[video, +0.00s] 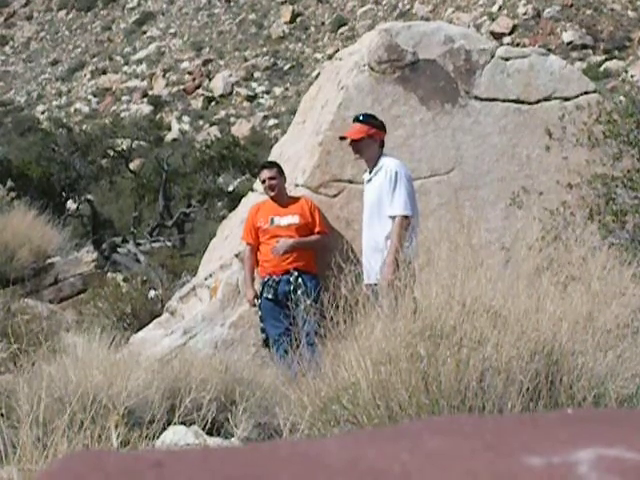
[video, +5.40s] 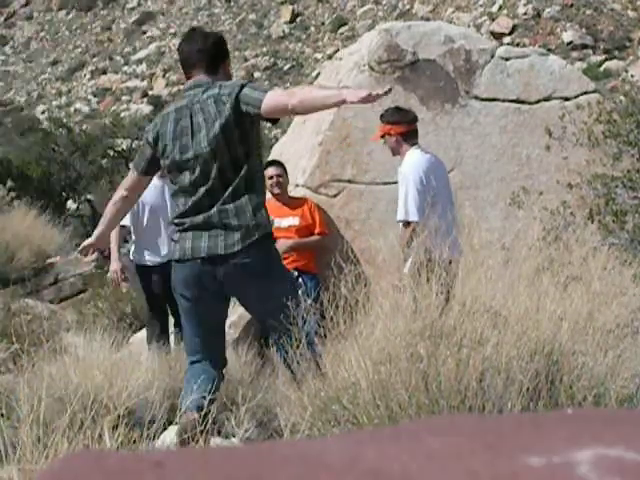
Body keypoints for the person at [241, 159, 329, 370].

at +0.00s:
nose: (269, 184)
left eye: (273, 178)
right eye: (264, 181)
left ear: (283, 178)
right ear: (261, 185)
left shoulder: (305, 205)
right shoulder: (257, 212)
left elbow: (325, 236)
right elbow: (250, 249)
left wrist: (294, 243)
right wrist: (249, 285)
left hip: (303, 277)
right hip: (271, 281)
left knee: (310, 334)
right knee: (278, 339)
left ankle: (316, 381)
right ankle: (291, 385)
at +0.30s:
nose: (268, 185)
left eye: (272, 180)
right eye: (263, 182)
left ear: (282, 179)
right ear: (260, 186)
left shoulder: (305, 205)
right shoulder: (257, 211)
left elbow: (324, 236)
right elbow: (246, 245)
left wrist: (293, 244)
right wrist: (225, 268)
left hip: (303, 278)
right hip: (271, 281)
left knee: (310, 334)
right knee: (278, 339)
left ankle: (315, 381)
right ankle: (291, 385)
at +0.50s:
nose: (267, 185)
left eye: (271, 180)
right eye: (263, 182)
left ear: (282, 180)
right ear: (260, 186)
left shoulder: (304, 204)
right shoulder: (257, 210)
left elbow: (323, 236)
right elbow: (234, 238)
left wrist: (293, 243)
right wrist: (205, 241)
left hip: (302, 277)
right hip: (271, 280)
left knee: (310, 333)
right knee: (278, 339)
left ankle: (316, 380)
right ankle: (292, 385)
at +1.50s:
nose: (270, 185)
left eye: (274, 180)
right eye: (265, 182)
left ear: (284, 180)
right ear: (261, 186)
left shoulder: (304, 205)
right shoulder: (256, 211)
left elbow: (323, 237)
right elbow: (239, 244)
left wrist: (293, 243)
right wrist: (223, 273)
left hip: (303, 277)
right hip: (271, 280)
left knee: (310, 332)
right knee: (279, 338)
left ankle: (315, 379)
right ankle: (290, 382)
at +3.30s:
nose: (272, 181)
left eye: (276, 176)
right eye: (267, 178)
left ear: (285, 178)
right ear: (263, 183)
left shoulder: (306, 205)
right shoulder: (258, 210)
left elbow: (324, 238)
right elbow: (246, 242)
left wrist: (293, 243)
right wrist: (243, 249)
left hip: (304, 278)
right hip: (272, 281)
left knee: (310, 335)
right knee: (278, 338)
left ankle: (315, 381)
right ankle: (288, 384)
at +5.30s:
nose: (274, 181)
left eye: (278, 176)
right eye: (269, 178)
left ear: (287, 179)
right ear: (264, 183)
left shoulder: (307, 206)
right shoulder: (257, 211)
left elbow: (325, 237)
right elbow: (247, 246)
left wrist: (293, 244)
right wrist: (252, 264)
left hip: (304, 274)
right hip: (272, 277)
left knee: (309, 327)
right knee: (278, 330)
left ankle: (315, 375)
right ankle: (287, 378)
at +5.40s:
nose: (275, 181)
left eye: (279, 176)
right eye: (270, 177)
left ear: (287, 179)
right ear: (265, 183)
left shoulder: (306, 205)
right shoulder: (262, 209)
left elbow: (324, 237)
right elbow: (257, 240)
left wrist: (290, 244)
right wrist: (274, 250)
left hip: (305, 272)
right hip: (277, 273)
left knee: (310, 328)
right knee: (280, 329)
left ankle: (318, 373)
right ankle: (290, 377)